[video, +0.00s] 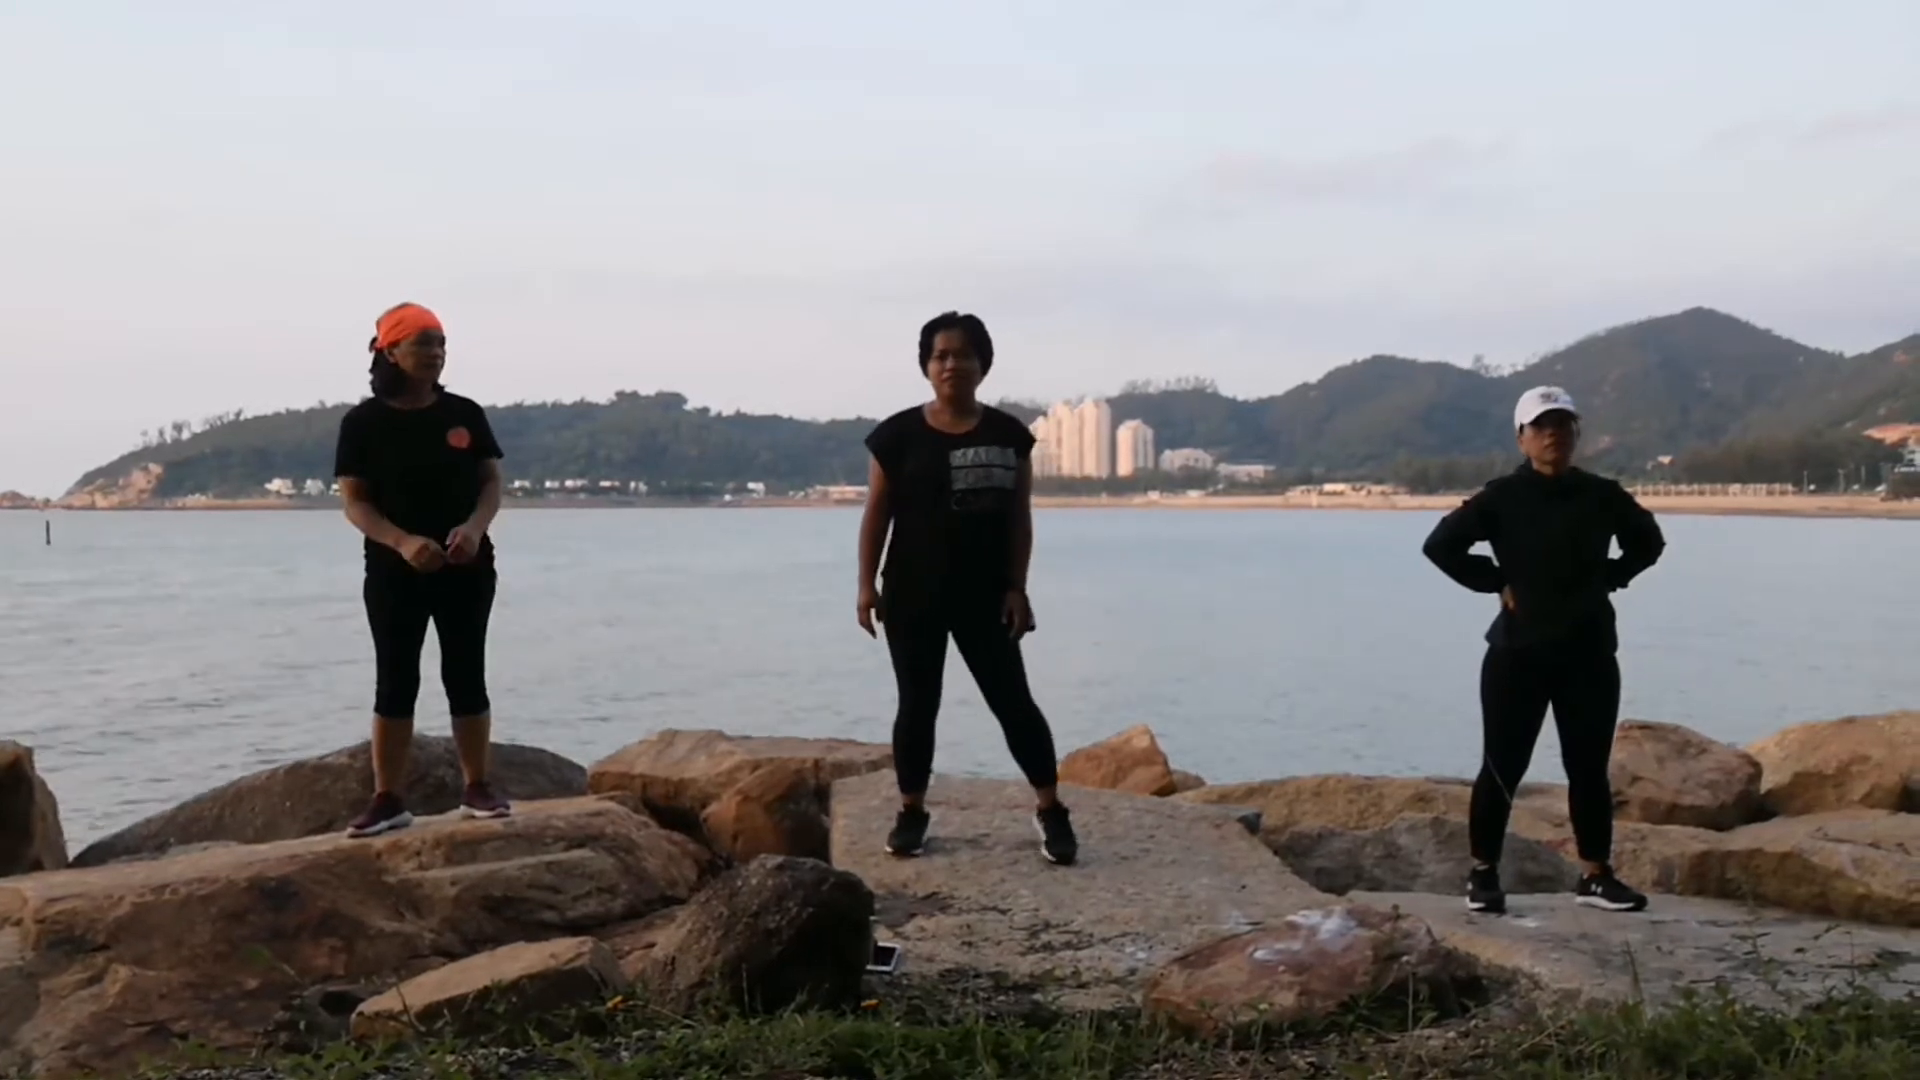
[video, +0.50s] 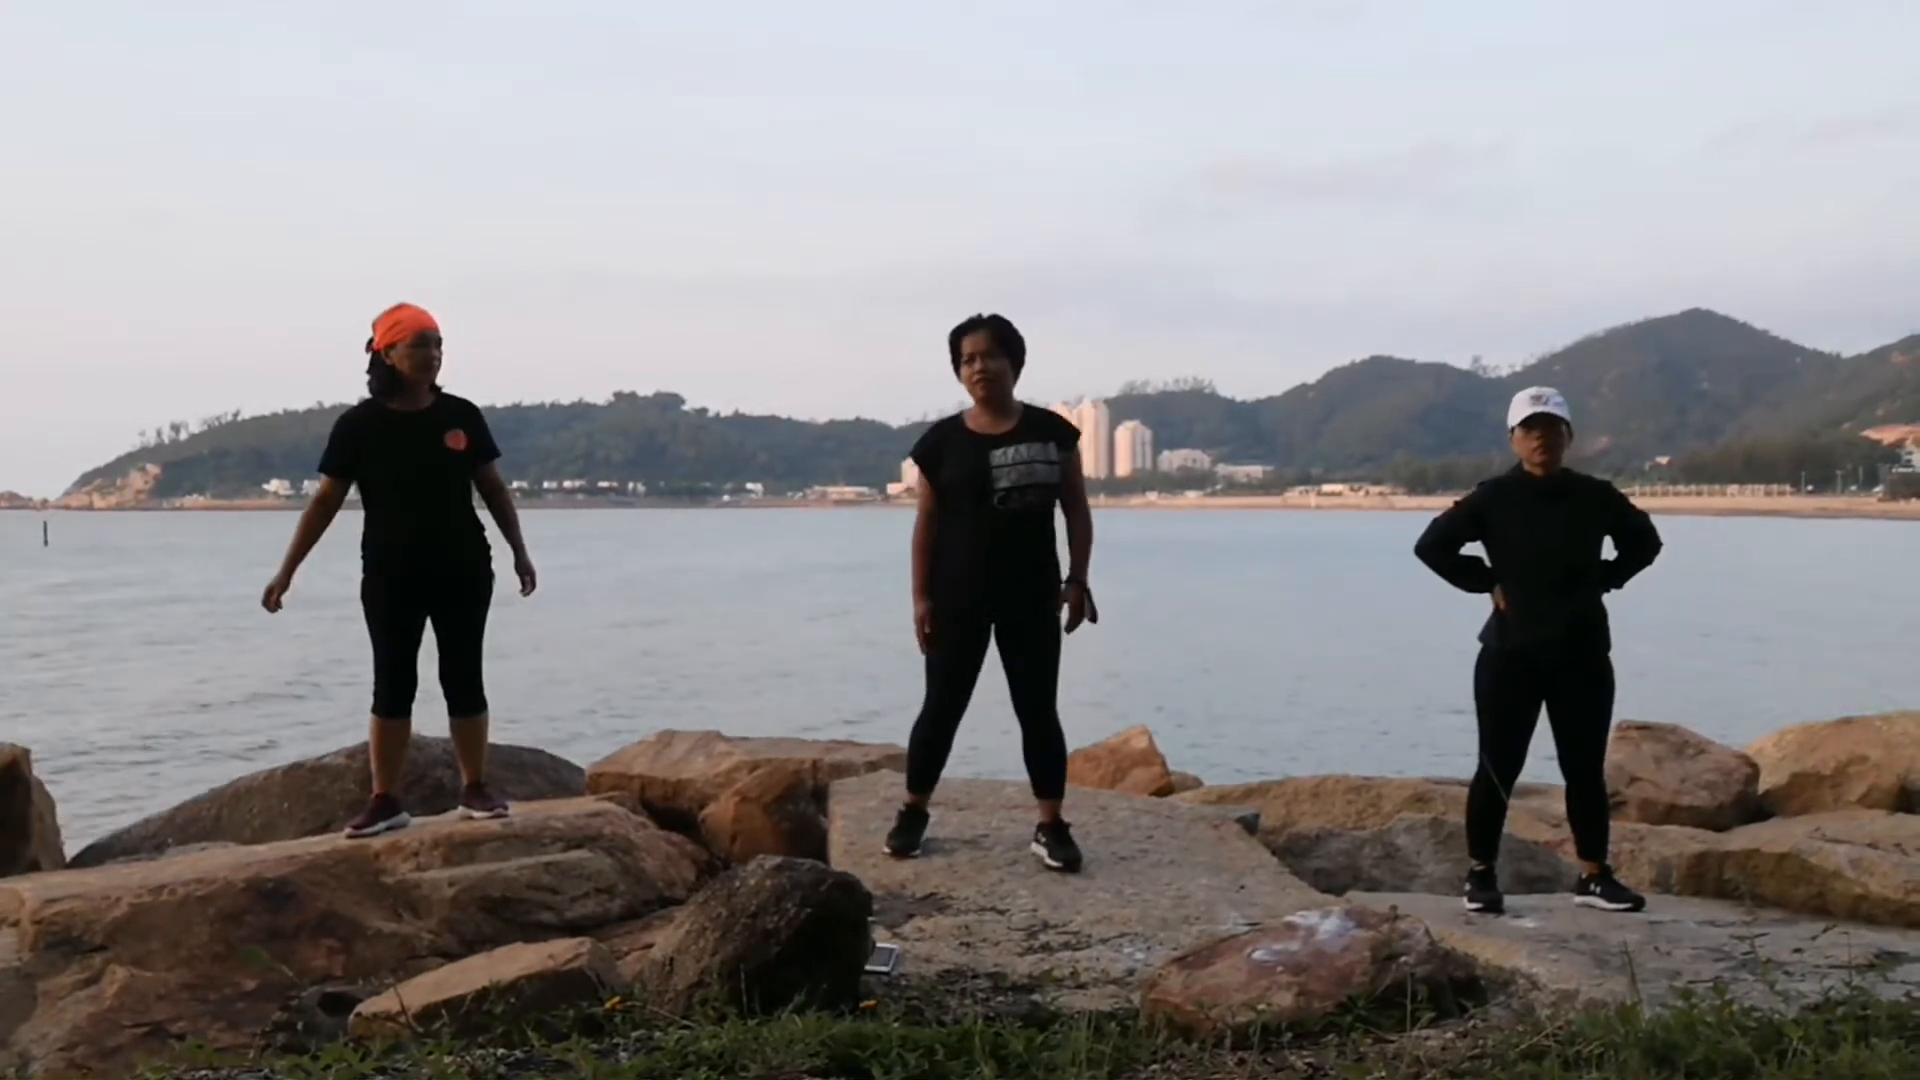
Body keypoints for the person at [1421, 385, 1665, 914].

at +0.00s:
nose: (1555, 437)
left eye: (1563, 427)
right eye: (1543, 428)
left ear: (1576, 434)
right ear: (1522, 437)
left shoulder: (1601, 494)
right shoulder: (1502, 497)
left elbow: (1649, 541)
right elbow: (1439, 547)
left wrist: (1608, 577)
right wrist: (1497, 582)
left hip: (1588, 654)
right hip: (1519, 653)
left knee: (1590, 770)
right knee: (1502, 768)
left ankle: (1597, 875)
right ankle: (1484, 874)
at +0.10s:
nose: (1553, 437)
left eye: (1562, 427)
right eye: (1541, 428)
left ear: (1576, 434)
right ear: (1522, 437)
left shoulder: (1601, 494)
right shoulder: (1502, 497)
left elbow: (1651, 541)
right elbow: (1440, 547)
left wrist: (1610, 577)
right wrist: (1498, 582)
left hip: (1588, 654)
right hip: (1519, 653)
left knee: (1590, 770)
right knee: (1502, 768)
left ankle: (1596, 875)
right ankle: (1483, 875)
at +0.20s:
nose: (1551, 438)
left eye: (1560, 428)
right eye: (1539, 429)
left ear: (1575, 435)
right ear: (1522, 438)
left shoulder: (1602, 495)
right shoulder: (1502, 497)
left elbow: (1651, 541)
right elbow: (1439, 547)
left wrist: (1610, 577)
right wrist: (1497, 582)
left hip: (1588, 653)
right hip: (1520, 653)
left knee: (1590, 770)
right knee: (1502, 768)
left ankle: (1596, 875)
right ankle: (1483, 875)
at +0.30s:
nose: (1549, 438)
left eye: (1558, 428)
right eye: (1537, 429)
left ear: (1574, 435)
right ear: (1520, 438)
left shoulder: (1601, 495)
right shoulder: (1500, 498)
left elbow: (1651, 541)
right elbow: (1438, 547)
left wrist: (1610, 577)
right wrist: (1495, 581)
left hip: (1588, 653)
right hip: (1518, 653)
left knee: (1589, 770)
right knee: (1501, 768)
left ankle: (1596, 875)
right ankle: (1483, 875)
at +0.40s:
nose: (1546, 439)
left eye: (1556, 429)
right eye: (1535, 429)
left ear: (1572, 436)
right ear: (1519, 438)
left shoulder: (1599, 495)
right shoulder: (1499, 498)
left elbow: (1650, 541)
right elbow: (1436, 547)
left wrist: (1609, 577)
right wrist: (1493, 581)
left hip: (1586, 654)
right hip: (1517, 654)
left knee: (1588, 770)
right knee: (1500, 768)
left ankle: (1596, 875)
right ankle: (1482, 876)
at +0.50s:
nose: (1541, 439)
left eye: (1551, 429)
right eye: (1530, 429)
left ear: (1567, 436)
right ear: (1513, 438)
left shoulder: (1594, 495)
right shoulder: (1493, 498)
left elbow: (1645, 542)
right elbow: (1431, 547)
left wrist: (1603, 578)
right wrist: (1487, 581)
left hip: (1581, 653)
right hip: (1512, 653)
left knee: (1586, 770)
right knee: (1498, 768)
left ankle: (1594, 875)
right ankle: (1481, 874)